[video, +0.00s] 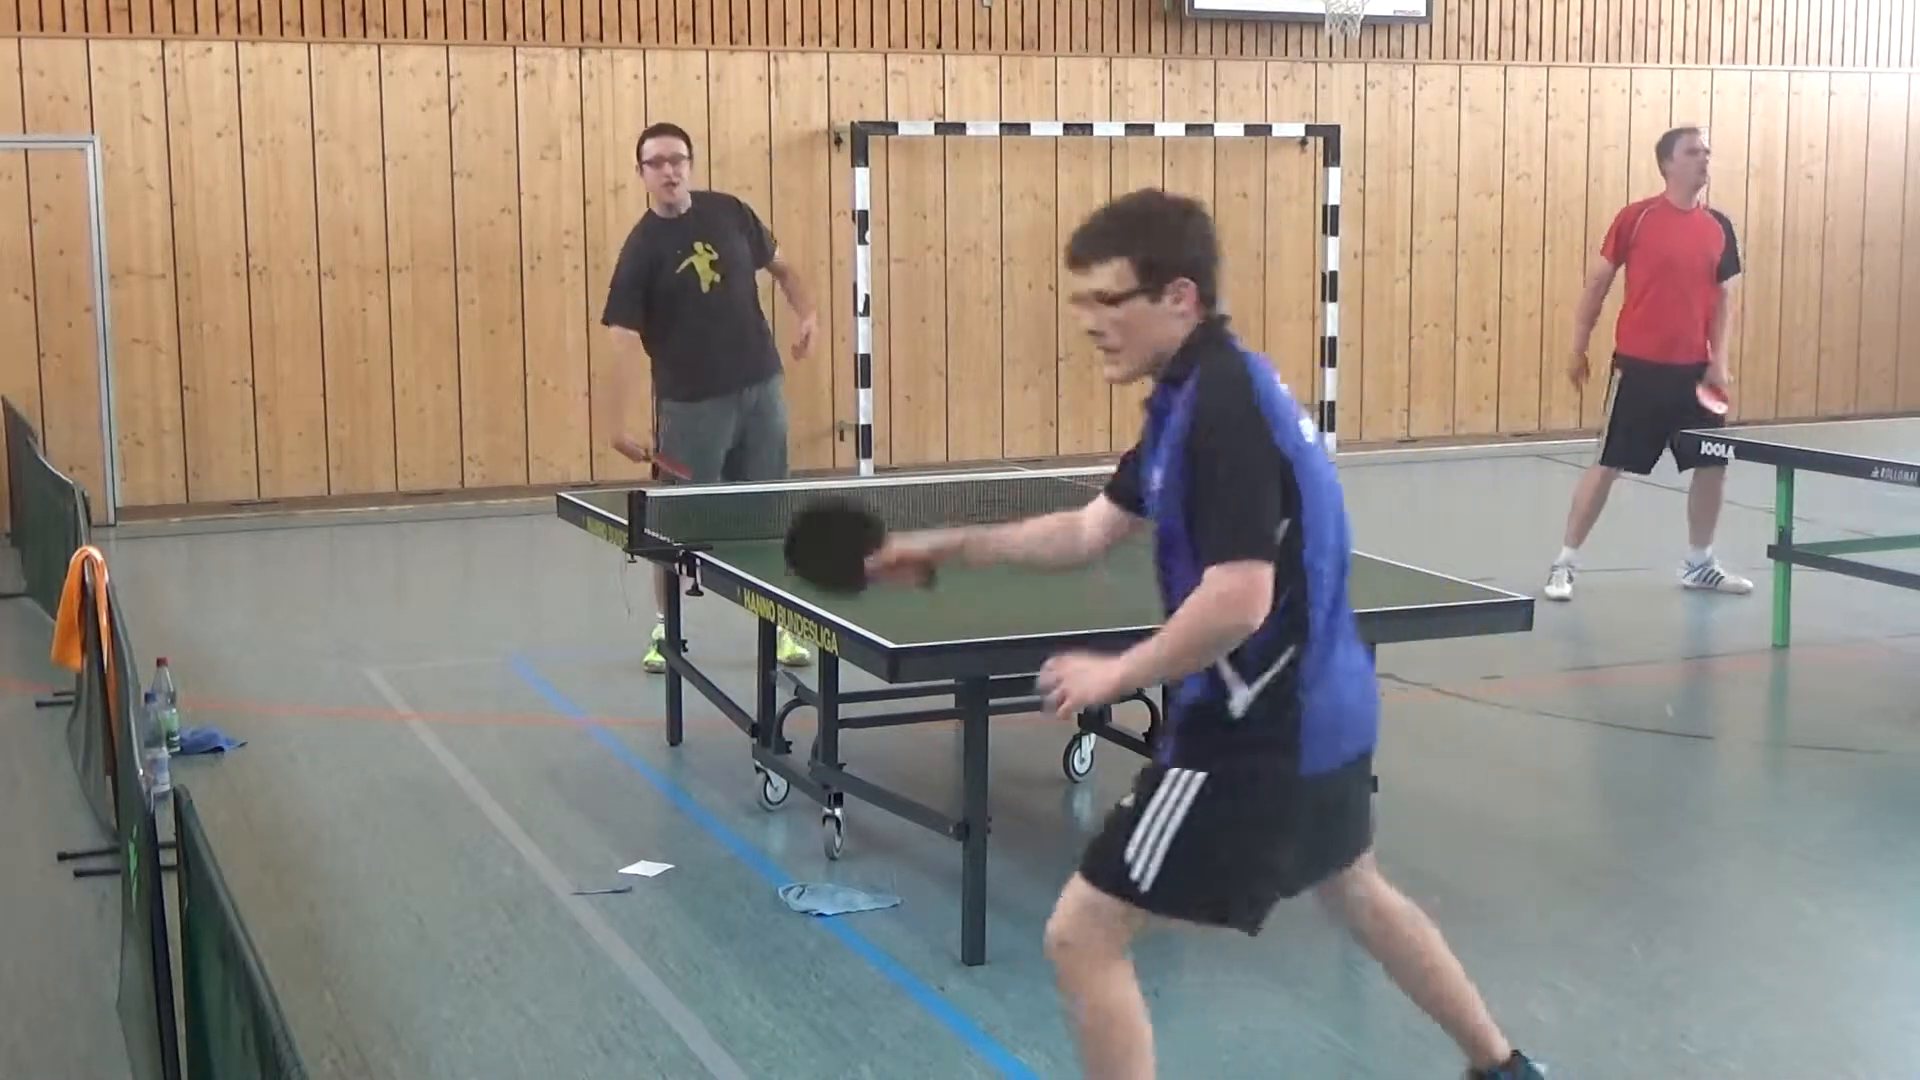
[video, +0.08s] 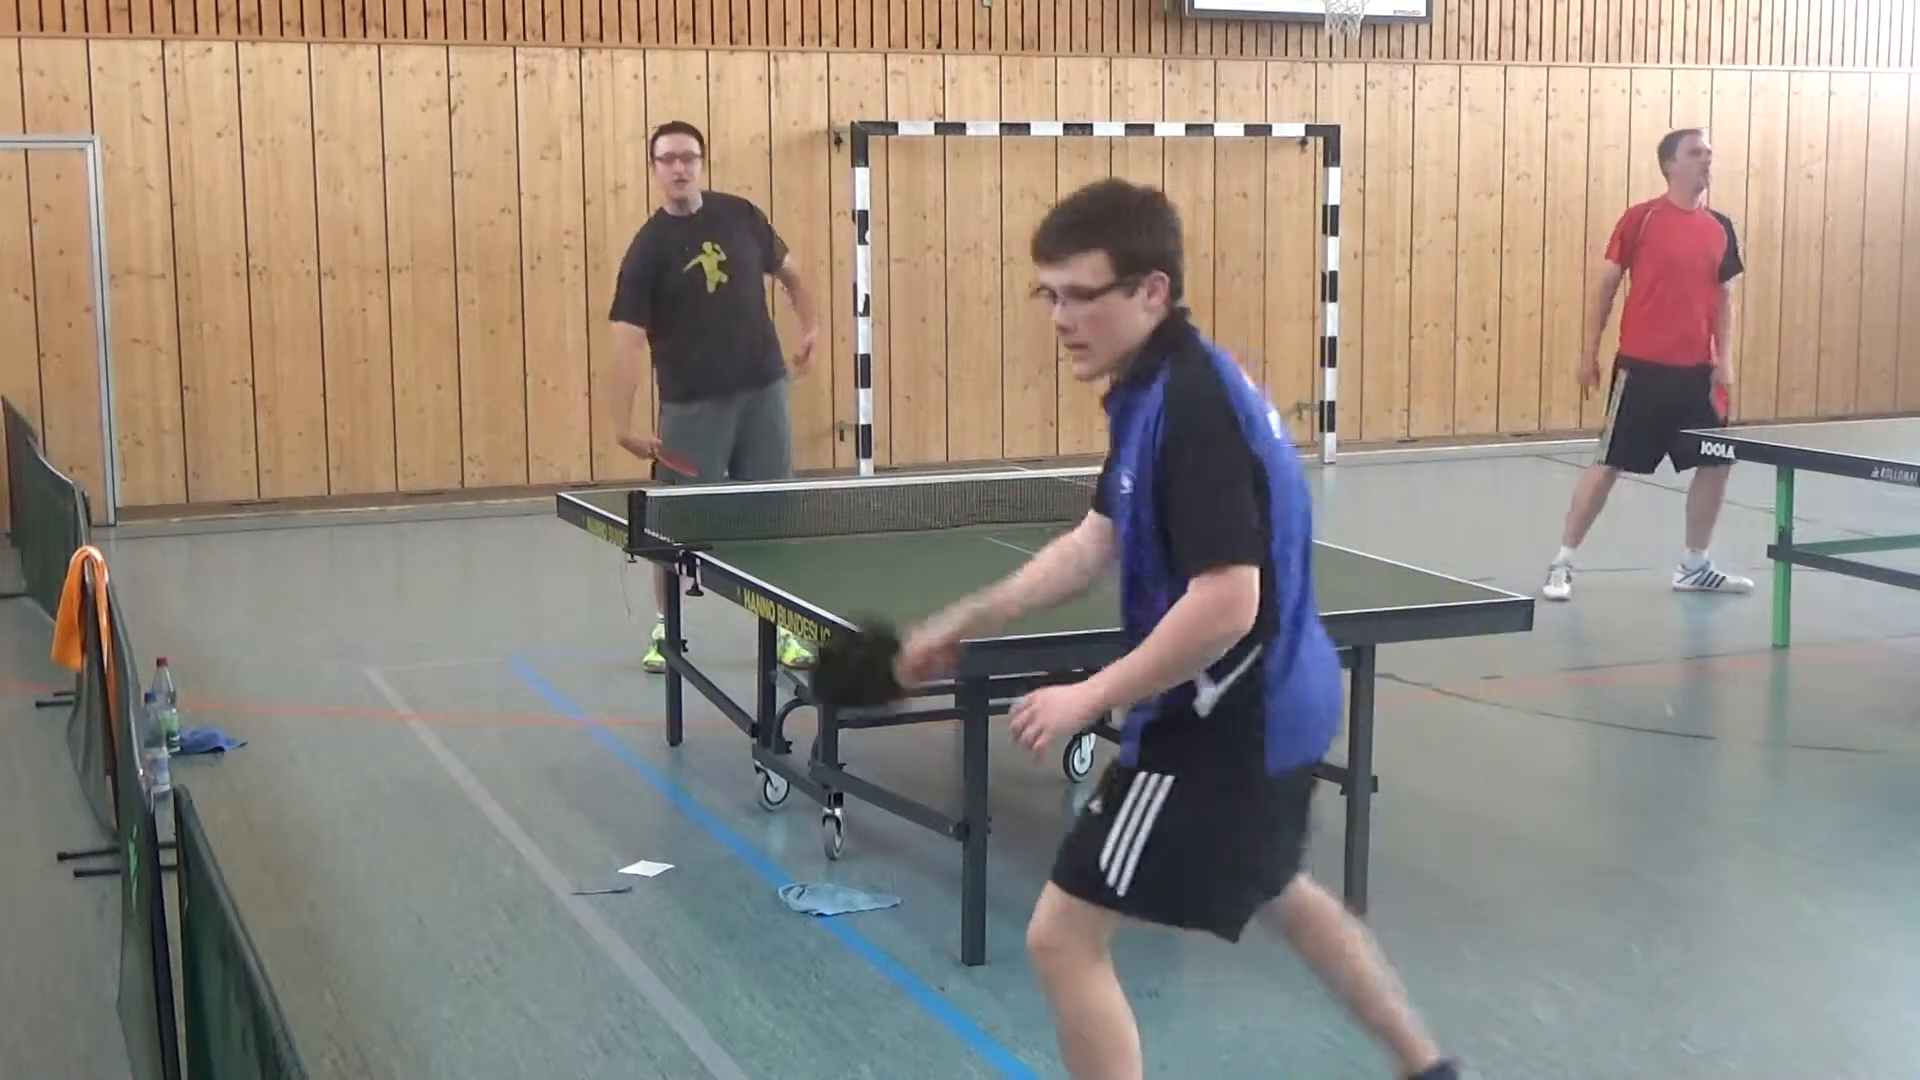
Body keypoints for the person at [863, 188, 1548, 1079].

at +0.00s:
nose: (1091, 323)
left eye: (1110, 302)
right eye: (1084, 303)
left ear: (1181, 297)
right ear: (1179, 305)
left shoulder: (1221, 401)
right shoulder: (1193, 392)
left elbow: (1239, 595)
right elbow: (1091, 529)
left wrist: (1116, 672)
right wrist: (941, 548)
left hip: (1245, 736)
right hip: (1319, 718)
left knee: (1083, 939)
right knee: (1358, 887)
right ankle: (1499, 1060)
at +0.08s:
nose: (1062, 319)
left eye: (1083, 296)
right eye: (1053, 297)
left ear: (1153, 293)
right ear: (1043, 293)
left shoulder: (1190, 402)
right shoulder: (1152, 391)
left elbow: (1228, 600)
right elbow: (1095, 545)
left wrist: (1091, 696)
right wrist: (958, 625)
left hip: (1215, 727)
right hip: (1265, 711)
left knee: (1064, 942)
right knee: (1280, 887)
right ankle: (1426, 1060)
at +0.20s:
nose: (1040, 296)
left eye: (1064, 273)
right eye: (1028, 273)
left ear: (1135, 274)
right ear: (1016, 270)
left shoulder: (1180, 392)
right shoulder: (1101, 375)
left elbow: (1219, 596)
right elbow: (1083, 548)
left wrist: (1067, 699)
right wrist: (1021, 696)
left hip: (1181, 721)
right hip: (1171, 705)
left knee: (1054, 944)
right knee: (1190, 915)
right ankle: (1299, 1071)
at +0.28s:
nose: (1038, 276)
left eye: (1065, 253)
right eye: (1026, 251)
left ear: (1132, 257)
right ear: (1012, 248)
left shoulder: (1180, 378)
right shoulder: (1073, 366)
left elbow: (1228, 582)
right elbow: (1080, 554)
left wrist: (1062, 688)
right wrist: (1047, 691)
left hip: (1164, 725)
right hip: (1112, 709)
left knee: (1056, 945)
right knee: (1143, 919)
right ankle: (1229, 1069)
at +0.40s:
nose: (1044, 246)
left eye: (1074, 224)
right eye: (1027, 219)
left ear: (1132, 232)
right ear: (1009, 219)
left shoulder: (1183, 364)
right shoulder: (1041, 347)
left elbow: (1239, 565)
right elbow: (1066, 527)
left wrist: (1064, 661)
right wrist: (1037, 678)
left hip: (1134, 719)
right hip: (1061, 698)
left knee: (1080, 948)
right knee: (1024, 901)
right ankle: (1102, 1061)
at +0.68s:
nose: (1039, 251)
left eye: (1068, 229)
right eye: (1018, 223)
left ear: (1109, 237)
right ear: (988, 224)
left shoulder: (1172, 376)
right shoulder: (953, 358)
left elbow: (1229, 573)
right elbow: (953, 529)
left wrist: (1049, 620)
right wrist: (931, 705)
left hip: (1105, 747)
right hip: (972, 729)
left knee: (1117, 986)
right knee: (917, 972)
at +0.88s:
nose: (1008, 258)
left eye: (1036, 234)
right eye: (985, 230)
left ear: (1072, 240)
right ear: (942, 232)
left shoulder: (1132, 380)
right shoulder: (881, 376)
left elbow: (1200, 585)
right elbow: (856, 544)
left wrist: (1030, 655)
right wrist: (813, 734)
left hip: (1061, 769)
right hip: (915, 762)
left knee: (1082, 1005)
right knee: (902, 1025)